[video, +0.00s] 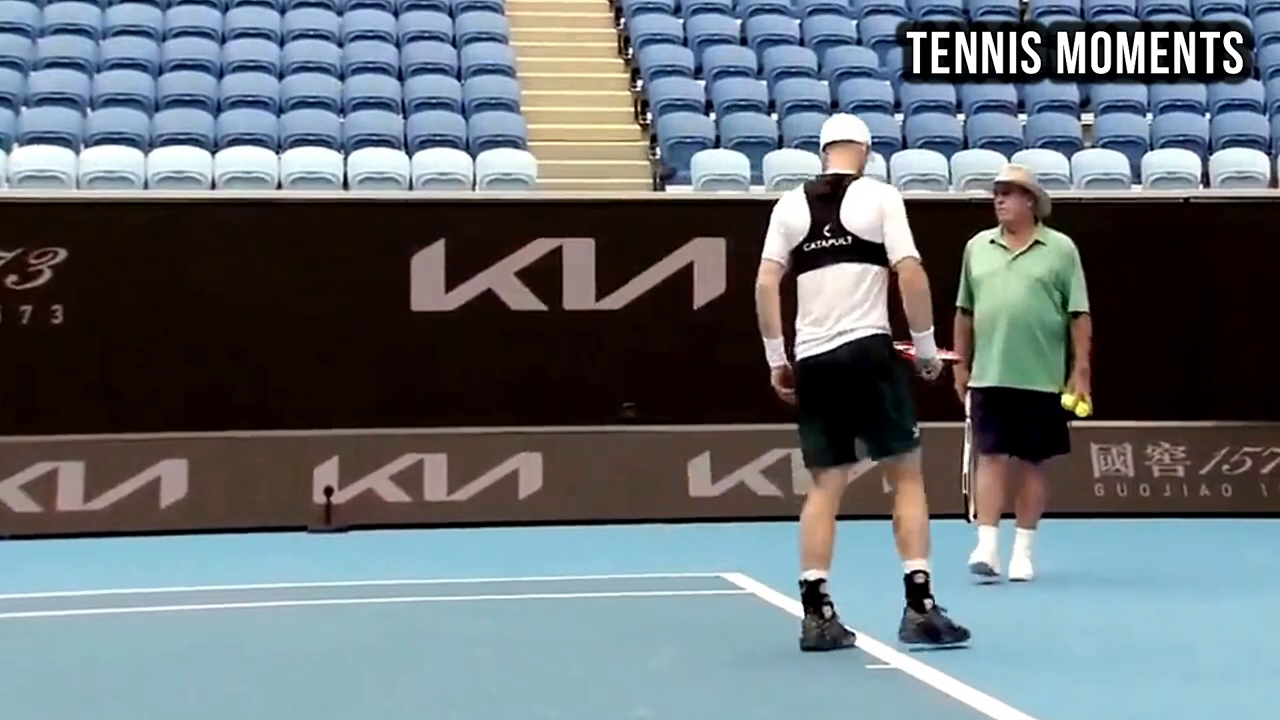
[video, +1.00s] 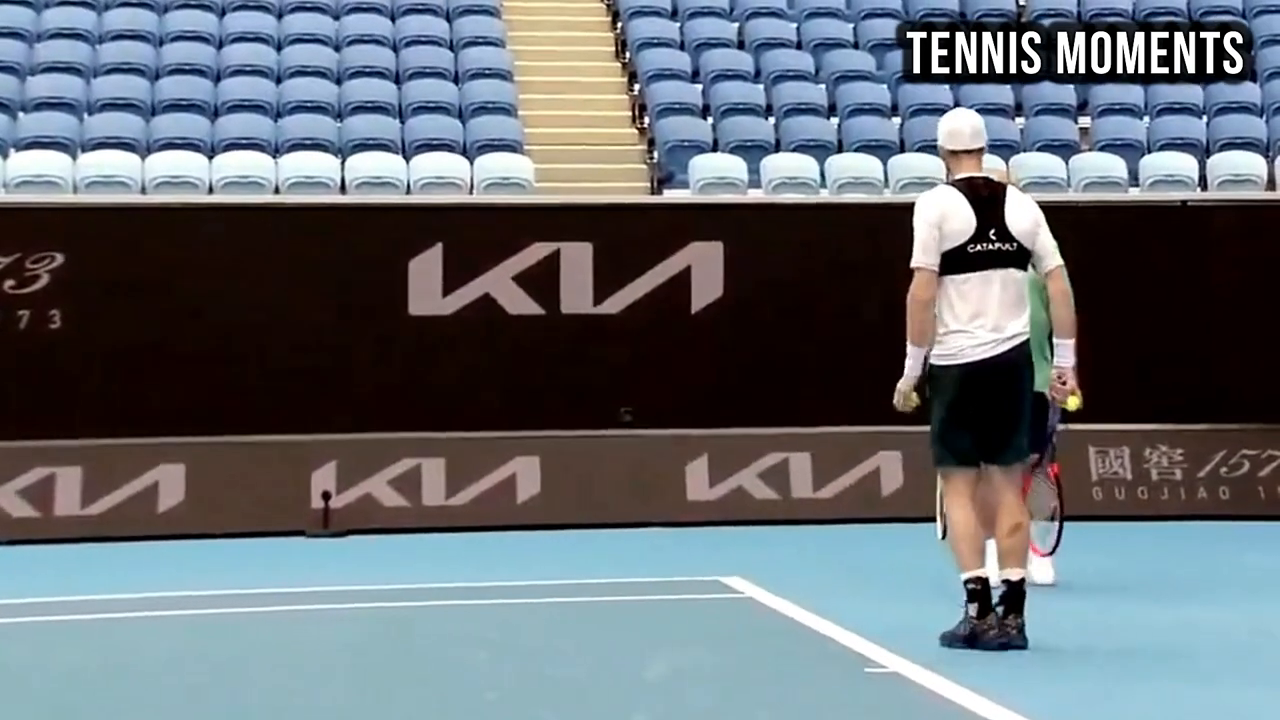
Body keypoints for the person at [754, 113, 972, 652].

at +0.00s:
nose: (864, 157)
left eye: (851, 148)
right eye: (866, 150)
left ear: (823, 153)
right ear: (864, 152)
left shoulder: (789, 204)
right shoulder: (882, 196)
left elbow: (767, 282)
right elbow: (909, 272)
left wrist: (777, 357)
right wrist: (927, 346)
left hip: (812, 363)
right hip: (874, 355)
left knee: (824, 484)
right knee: (905, 477)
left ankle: (816, 615)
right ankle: (920, 606)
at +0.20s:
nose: (874, 159)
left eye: (864, 152)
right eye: (882, 149)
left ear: (853, 157)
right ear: (896, 154)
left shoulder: (829, 206)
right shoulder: (928, 202)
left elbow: (811, 286)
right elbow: (965, 279)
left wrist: (812, 358)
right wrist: (970, 356)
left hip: (854, 371)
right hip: (920, 366)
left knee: (839, 490)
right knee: (957, 485)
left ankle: (819, 612)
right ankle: (999, 602)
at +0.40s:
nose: (911, 171)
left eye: (906, 164)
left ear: (901, 168)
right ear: (945, 166)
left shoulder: (887, 211)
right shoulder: (982, 210)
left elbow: (871, 293)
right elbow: (1015, 288)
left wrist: (869, 360)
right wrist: (1019, 368)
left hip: (906, 376)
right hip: (971, 371)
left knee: (878, 488)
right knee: (989, 487)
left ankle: (855, 603)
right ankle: (1012, 616)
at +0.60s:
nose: (935, 168)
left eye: (929, 162)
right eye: (952, 157)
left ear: (930, 165)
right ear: (971, 160)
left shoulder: (918, 210)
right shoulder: (1011, 209)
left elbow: (906, 290)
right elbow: (1050, 286)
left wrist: (905, 352)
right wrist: (1058, 364)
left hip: (939, 374)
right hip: (1000, 369)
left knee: (919, 484)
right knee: (1002, 491)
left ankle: (928, 602)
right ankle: (1015, 619)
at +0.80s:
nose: (951, 164)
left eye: (943, 157)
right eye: (961, 153)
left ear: (939, 157)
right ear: (980, 151)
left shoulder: (931, 207)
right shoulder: (1020, 204)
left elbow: (919, 293)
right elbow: (1058, 287)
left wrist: (906, 351)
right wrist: (1066, 362)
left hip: (951, 370)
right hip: (1010, 367)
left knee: (936, 482)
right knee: (1006, 485)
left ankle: (959, 602)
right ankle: (1012, 616)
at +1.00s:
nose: (955, 160)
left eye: (945, 154)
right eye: (967, 149)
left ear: (942, 154)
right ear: (984, 148)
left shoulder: (934, 205)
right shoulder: (1021, 203)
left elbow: (923, 294)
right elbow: (1059, 284)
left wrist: (912, 370)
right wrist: (1065, 362)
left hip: (957, 371)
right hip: (1014, 366)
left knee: (958, 488)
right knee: (1009, 485)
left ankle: (978, 613)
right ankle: (1011, 616)